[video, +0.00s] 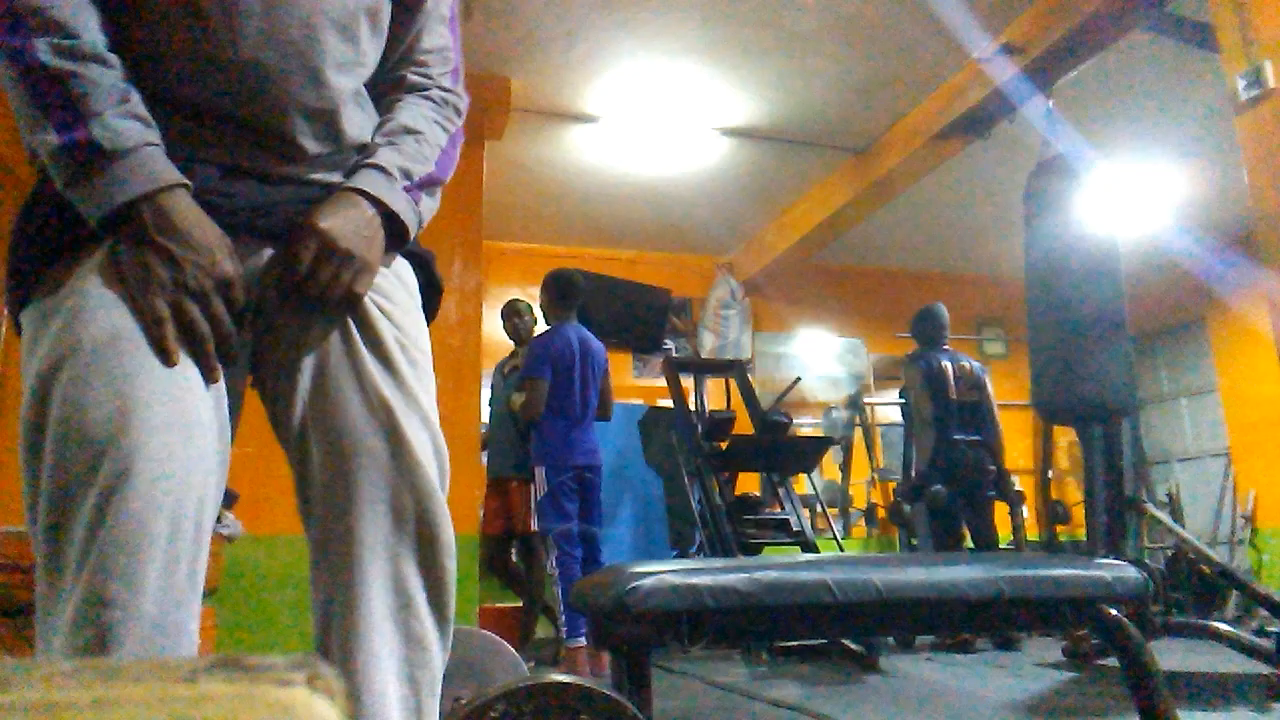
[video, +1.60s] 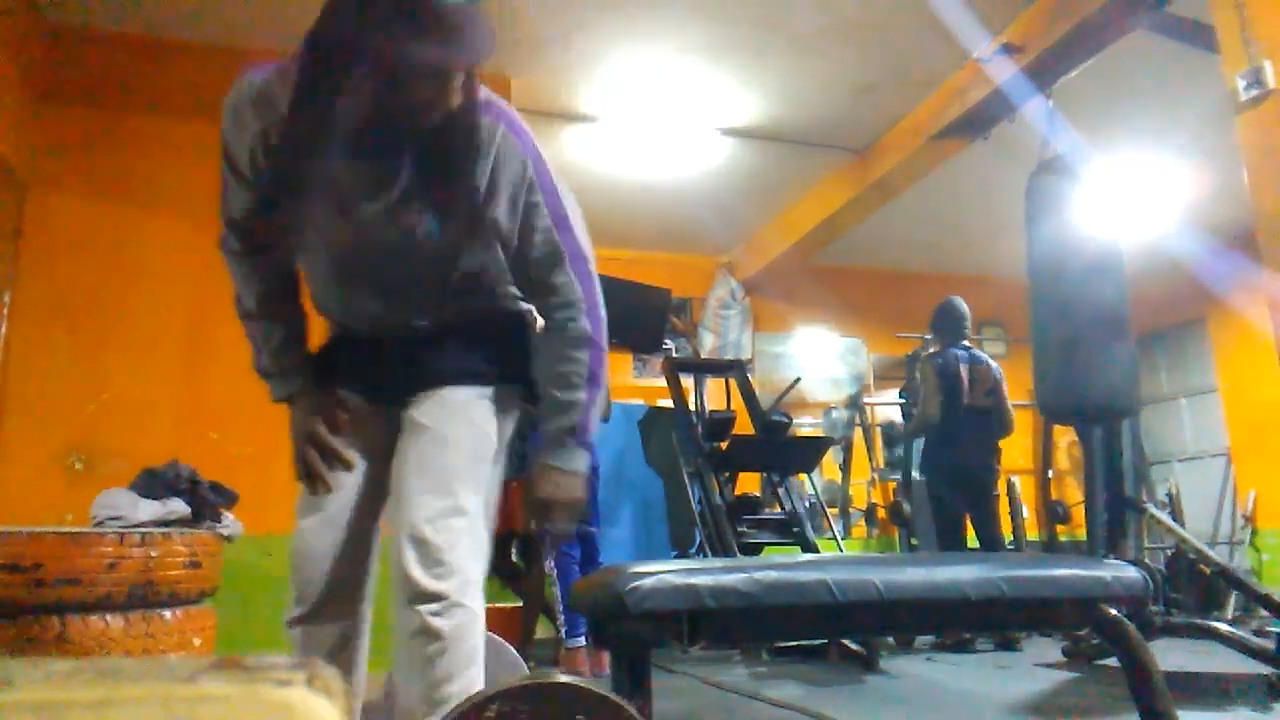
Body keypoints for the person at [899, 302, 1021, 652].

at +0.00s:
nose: (914, 338)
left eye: (915, 333)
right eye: (916, 333)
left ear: (918, 333)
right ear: (947, 331)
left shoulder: (917, 365)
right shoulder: (975, 368)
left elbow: (924, 420)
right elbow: (991, 424)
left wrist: (917, 471)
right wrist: (1001, 470)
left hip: (939, 465)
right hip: (977, 463)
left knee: (946, 545)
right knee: (987, 542)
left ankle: (959, 629)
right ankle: (1004, 626)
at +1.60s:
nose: (932, 334)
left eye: (934, 328)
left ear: (937, 328)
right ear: (969, 327)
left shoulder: (932, 363)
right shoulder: (990, 365)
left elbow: (930, 416)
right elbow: (1007, 423)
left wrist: (902, 433)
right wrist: (978, 436)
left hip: (944, 464)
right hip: (981, 465)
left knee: (950, 544)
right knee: (992, 541)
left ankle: (955, 628)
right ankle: (1006, 626)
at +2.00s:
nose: (922, 341)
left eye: (923, 335)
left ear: (927, 334)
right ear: (957, 330)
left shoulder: (931, 362)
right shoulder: (986, 363)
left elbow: (918, 412)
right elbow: (995, 417)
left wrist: (905, 399)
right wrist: (991, 455)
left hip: (943, 466)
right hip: (980, 466)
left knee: (950, 547)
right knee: (993, 543)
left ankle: (958, 629)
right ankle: (1008, 628)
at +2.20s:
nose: (933, 338)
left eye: (932, 331)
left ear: (933, 329)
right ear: (967, 327)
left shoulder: (935, 361)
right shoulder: (990, 364)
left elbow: (931, 417)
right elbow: (1004, 423)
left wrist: (905, 402)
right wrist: (972, 414)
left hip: (946, 463)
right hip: (982, 463)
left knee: (950, 546)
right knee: (996, 543)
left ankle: (957, 629)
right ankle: (1010, 627)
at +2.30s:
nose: (932, 336)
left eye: (933, 329)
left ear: (935, 329)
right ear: (968, 327)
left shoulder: (937, 363)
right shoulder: (992, 365)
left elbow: (935, 420)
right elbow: (1007, 423)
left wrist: (905, 420)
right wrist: (972, 426)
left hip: (946, 465)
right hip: (984, 465)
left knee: (951, 546)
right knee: (995, 542)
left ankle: (958, 630)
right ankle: (1009, 629)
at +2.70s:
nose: (920, 341)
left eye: (920, 336)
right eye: (922, 337)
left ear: (922, 336)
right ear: (953, 333)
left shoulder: (925, 366)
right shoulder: (980, 366)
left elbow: (941, 417)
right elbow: (1007, 418)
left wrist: (922, 461)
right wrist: (997, 459)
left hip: (945, 468)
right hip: (980, 467)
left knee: (950, 548)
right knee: (994, 545)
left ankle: (957, 631)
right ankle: (1008, 629)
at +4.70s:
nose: (921, 345)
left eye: (921, 340)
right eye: (924, 340)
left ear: (925, 338)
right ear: (953, 334)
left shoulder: (926, 365)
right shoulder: (984, 365)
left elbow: (917, 419)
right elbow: (997, 422)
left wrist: (905, 391)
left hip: (943, 466)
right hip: (979, 464)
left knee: (949, 545)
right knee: (992, 540)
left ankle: (958, 628)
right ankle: (1007, 625)